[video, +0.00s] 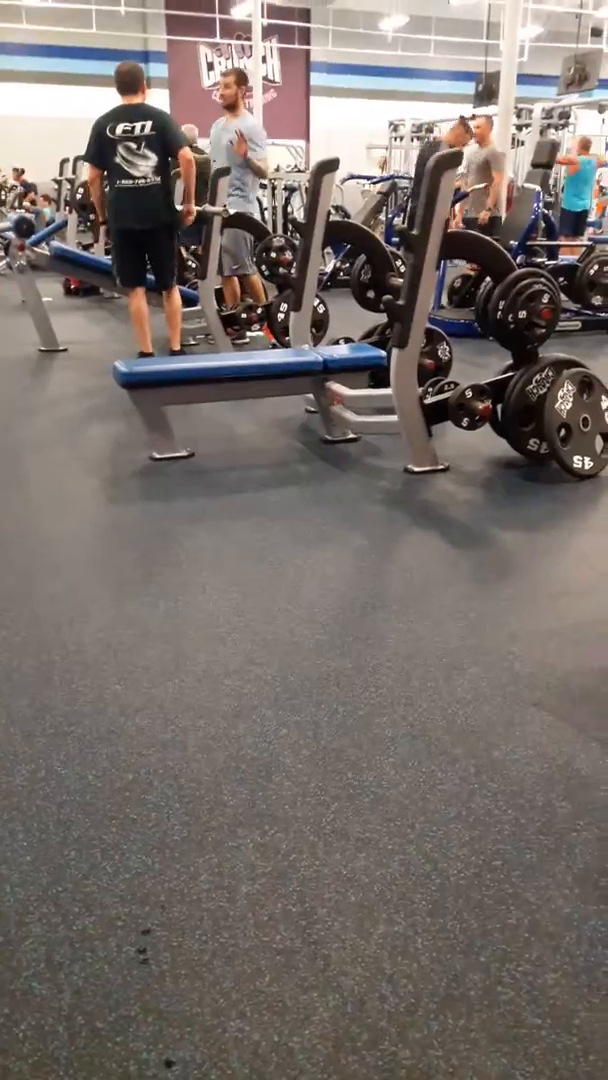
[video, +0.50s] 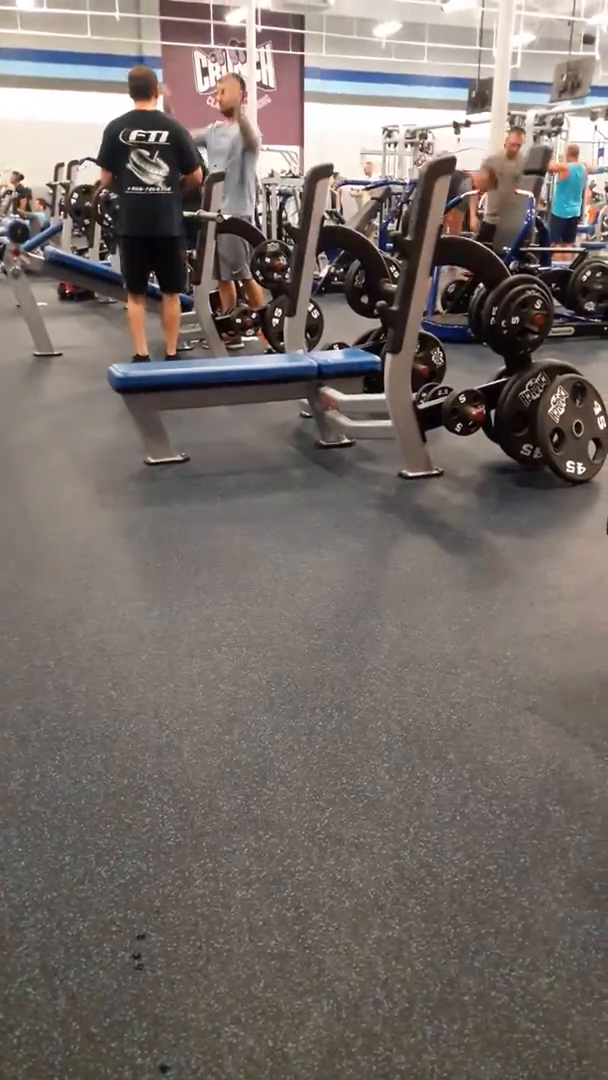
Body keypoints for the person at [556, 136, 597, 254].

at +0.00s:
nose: (576, 147)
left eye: (577, 145)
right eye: (578, 145)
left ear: (579, 147)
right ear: (589, 148)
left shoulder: (573, 160)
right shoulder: (595, 161)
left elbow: (557, 159)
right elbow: (605, 161)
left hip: (570, 205)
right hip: (585, 205)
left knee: (565, 237)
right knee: (577, 238)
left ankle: (564, 264)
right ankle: (575, 264)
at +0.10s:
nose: (573, 151)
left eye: (574, 150)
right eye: (575, 150)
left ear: (575, 151)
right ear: (586, 151)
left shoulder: (570, 163)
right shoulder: (591, 164)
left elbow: (556, 156)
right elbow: (602, 157)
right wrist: (592, 150)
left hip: (566, 207)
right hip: (581, 207)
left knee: (562, 241)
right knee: (574, 241)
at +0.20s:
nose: (573, 153)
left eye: (574, 151)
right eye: (574, 151)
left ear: (574, 152)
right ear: (585, 152)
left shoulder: (571, 163)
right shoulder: (591, 165)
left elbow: (557, 155)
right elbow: (602, 155)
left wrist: (563, 151)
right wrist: (593, 147)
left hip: (566, 208)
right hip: (581, 208)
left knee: (562, 241)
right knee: (574, 242)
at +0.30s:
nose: (569, 154)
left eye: (570, 152)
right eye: (571, 152)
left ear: (571, 153)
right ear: (582, 153)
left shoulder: (568, 164)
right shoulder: (588, 165)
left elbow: (554, 156)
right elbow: (599, 155)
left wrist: (557, 149)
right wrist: (586, 146)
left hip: (564, 208)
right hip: (578, 208)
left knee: (559, 243)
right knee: (572, 242)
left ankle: (562, 269)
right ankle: (573, 268)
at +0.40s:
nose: (568, 155)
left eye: (568, 153)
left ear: (568, 153)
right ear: (579, 154)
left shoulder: (565, 166)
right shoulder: (585, 167)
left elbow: (551, 161)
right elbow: (595, 160)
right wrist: (582, 156)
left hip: (560, 210)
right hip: (575, 210)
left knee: (557, 243)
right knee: (570, 243)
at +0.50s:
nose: (566, 155)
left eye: (566, 153)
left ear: (567, 154)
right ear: (578, 154)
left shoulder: (563, 167)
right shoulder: (583, 168)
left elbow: (548, 166)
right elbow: (594, 168)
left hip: (560, 211)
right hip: (575, 211)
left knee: (556, 244)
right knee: (569, 243)